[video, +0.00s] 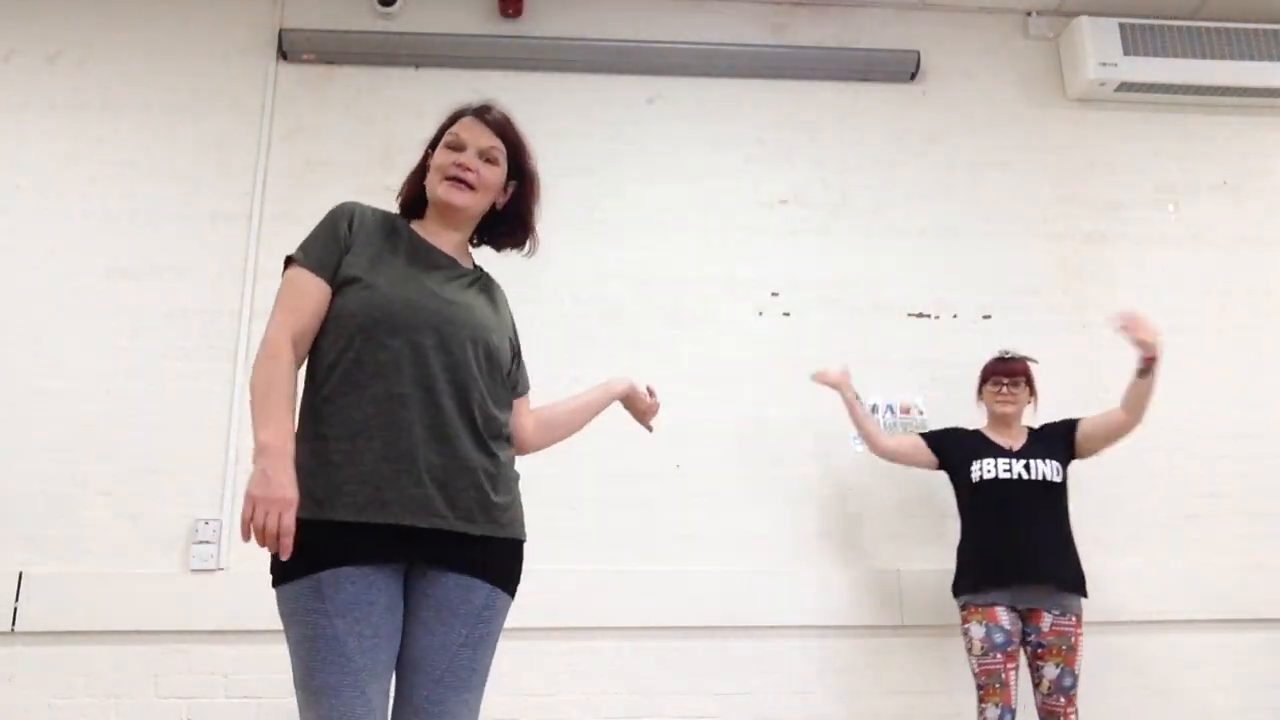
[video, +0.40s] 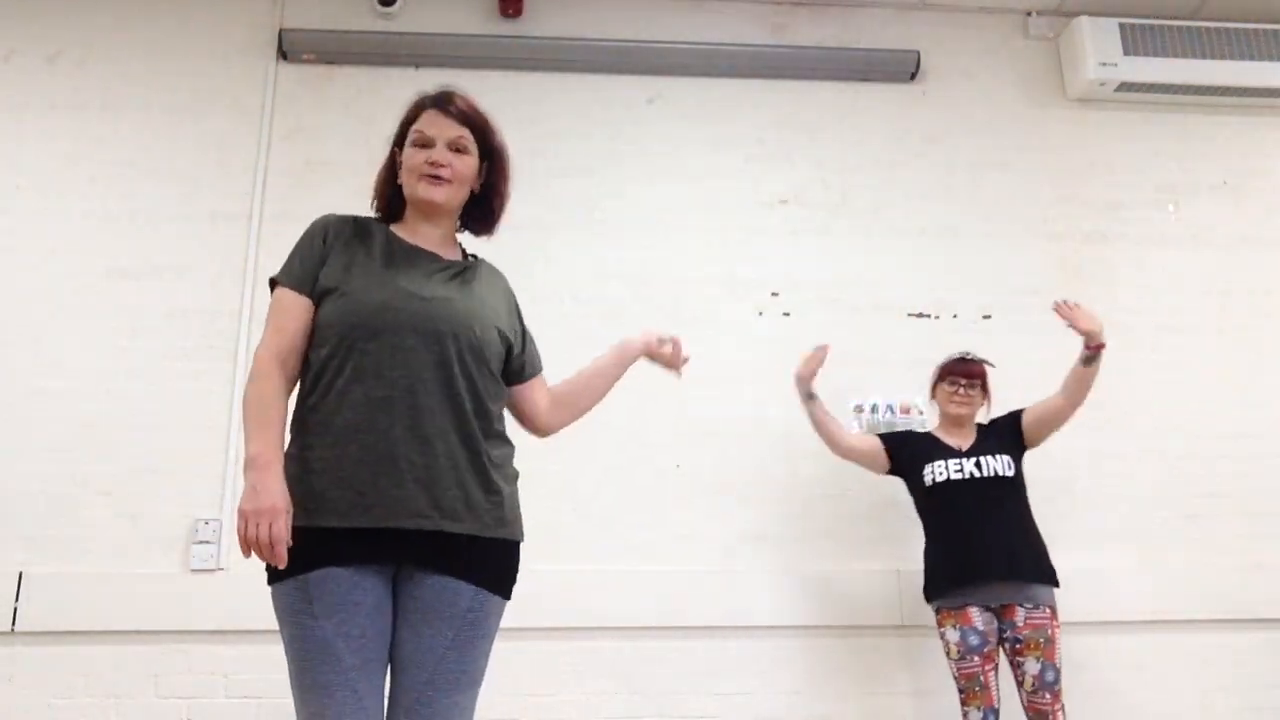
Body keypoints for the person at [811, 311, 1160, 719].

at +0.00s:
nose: (1005, 390)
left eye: (1015, 384)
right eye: (996, 384)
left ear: (1030, 395)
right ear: (981, 393)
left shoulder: (1057, 440)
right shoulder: (958, 444)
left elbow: (1126, 417)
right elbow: (884, 446)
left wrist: (1148, 361)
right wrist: (848, 393)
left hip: (1056, 593)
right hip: (985, 595)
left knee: (1059, 708)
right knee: (996, 708)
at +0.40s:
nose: (963, 391)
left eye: (972, 385)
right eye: (954, 383)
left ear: (984, 397)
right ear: (935, 392)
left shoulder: (1007, 433)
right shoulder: (912, 448)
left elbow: (1067, 400)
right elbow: (845, 444)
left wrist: (1094, 346)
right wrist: (807, 393)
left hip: (1028, 588)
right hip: (958, 595)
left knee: (1046, 708)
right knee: (980, 710)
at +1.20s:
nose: (941, 391)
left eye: (951, 385)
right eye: (931, 384)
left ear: (963, 396)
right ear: (913, 395)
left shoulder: (989, 430)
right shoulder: (900, 456)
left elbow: (1039, 396)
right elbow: (841, 473)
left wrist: (1031, 332)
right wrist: (807, 413)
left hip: (1027, 584)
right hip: (961, 595)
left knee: (1049, 707)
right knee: (984, 710)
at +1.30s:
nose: (946, 388)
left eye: (956, 381)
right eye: (936, 381)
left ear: (969, 390)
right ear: (920, 391)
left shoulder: (996, 428)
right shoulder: (904, 452)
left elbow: (1055, 411)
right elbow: (845, 478)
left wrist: (1034, 355)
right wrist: (816, 428)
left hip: (1028, 586)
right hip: (960, 596)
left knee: (1048, 705)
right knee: (982, 710)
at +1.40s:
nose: (953, 385)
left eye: (962, 378)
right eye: (942, 377)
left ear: (975, 386)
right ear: (927, 387)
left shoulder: (1005, 427)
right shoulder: (912, 446)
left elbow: (1076, 443)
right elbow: (849, 480)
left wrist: (1039, 409)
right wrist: (836, 465)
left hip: (1029, 583)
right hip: (962, 591)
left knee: (1049, 705)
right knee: (982, 708)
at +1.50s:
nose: (963, 381)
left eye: (973, 374)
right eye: (953, 375)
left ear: (988, 383)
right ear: (939, 386)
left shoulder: (1017, 429)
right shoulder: (922, 442)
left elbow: (1076, 480)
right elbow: (869, 481)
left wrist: (1070, 475)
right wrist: (856, 525)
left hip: (1033, 583)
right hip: (964, 589)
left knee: (1049, 703)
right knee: (984, 706)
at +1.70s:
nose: (991, 378)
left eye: (1001, 371)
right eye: (981, 373)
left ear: (1017, 382)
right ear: (967, 386)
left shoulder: (1048, 434)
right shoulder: (949, 443)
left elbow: (1078, 510)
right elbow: (928, 518)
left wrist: (1097, 576)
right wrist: (922, 583)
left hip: (1047, 594)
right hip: (976, 597)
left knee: (1053, 708)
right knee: (991, 708)